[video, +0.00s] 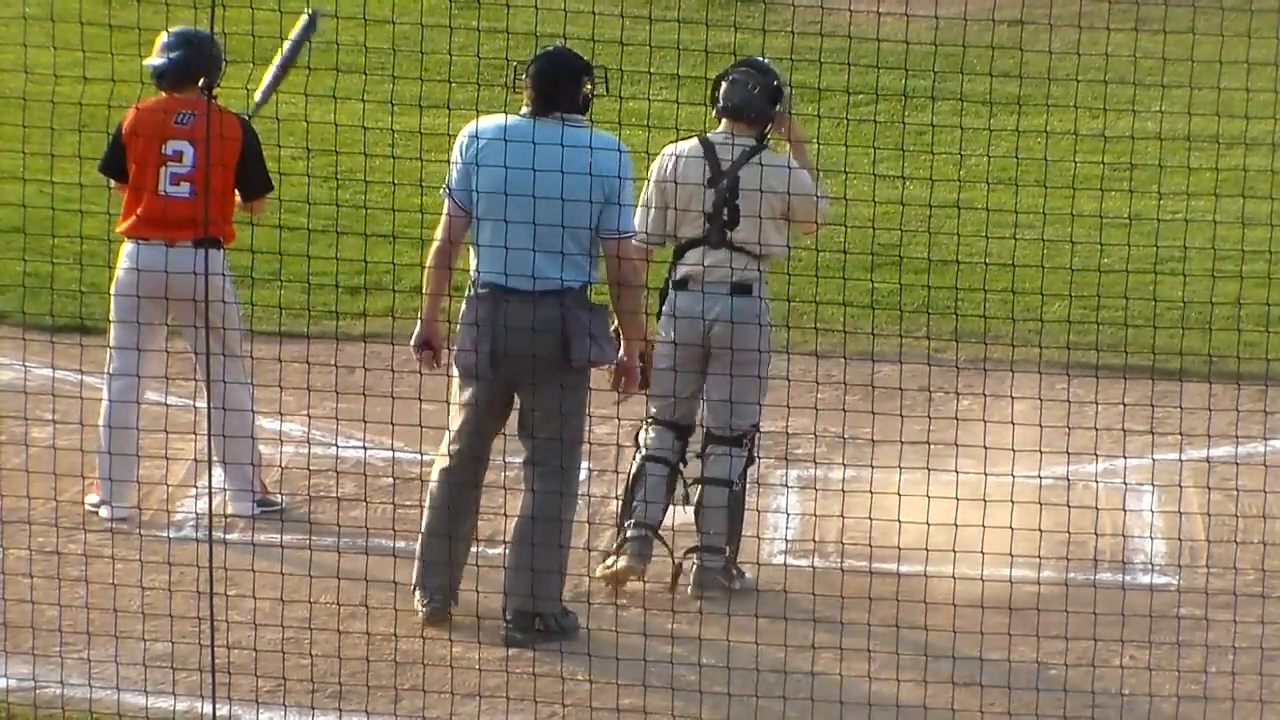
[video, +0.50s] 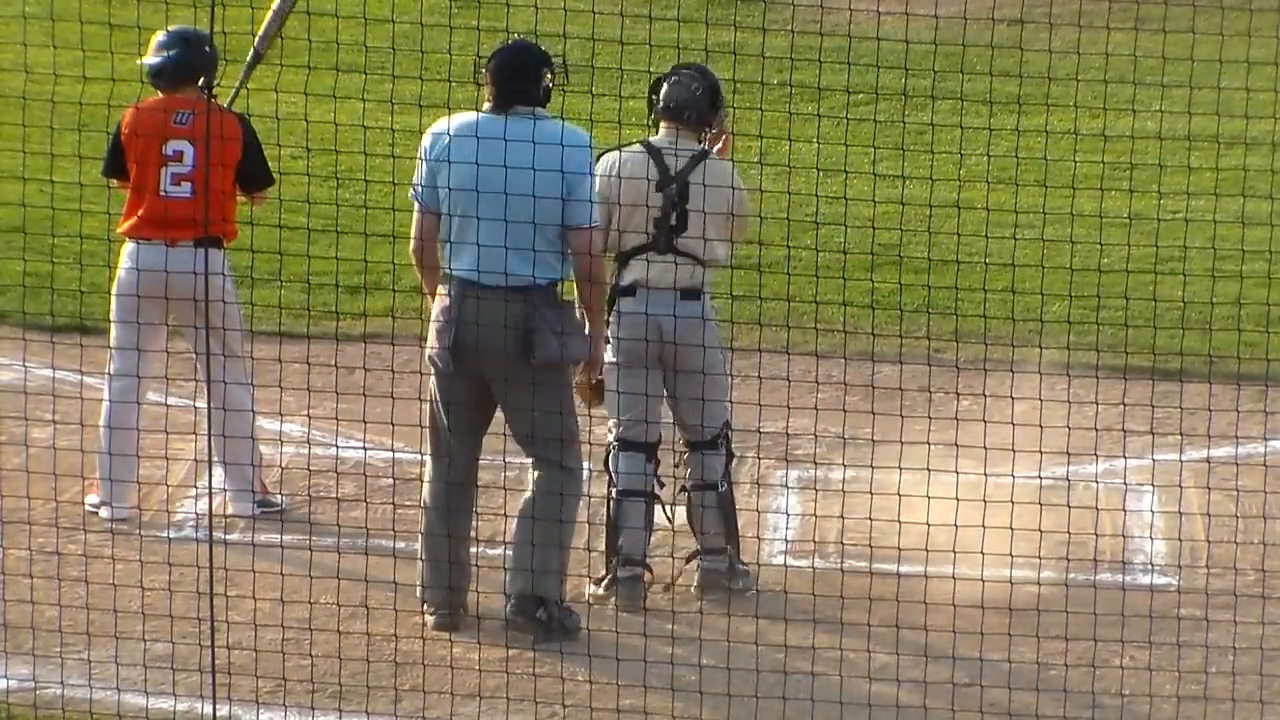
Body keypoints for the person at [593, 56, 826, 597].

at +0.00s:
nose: (775, 116)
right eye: (774, 109)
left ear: (719, 105)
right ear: (771, 114)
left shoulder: (674, 159)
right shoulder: (779, 169)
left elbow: (640, 250)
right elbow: (812, 217)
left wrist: (632, 326)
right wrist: (796, 143)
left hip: (682, 306)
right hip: (744, 311)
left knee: (666, 422)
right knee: (727, 437)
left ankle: (635, 542)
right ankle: (713, 563)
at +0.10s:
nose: (766, 117)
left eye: (762, 110)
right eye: (766, 111)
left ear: (710, 105)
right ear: (761, 115)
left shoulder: (665, 160)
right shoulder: (771, 170)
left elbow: (637, 250)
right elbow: (803, 220)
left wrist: (629, 320)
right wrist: (780, 151)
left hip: (675, 309)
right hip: (737, 312)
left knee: (653, 428)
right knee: (725, 439)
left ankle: (627, 545)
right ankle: (713, 564)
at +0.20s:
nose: (755, 119)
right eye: (755, 112)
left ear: (699, 107)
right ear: (752, 116)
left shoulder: (654, 161)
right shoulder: (761, 173)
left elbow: (631, 255)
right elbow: (783, 230)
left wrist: (621, 329)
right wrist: (763, 157)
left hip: (664, 310)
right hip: (726, 313)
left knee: (647, 434)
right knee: (721, 439)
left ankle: (626, 550)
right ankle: (712, 562)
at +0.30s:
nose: (743, 122)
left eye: (738, 114)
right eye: (743, 114)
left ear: (686, 109)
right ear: (738, 117)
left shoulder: (639, 163)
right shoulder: (746, 173)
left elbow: (623, 250)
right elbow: (755, 241)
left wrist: (608, 325)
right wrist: (743, 163)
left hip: (650, 311)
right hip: (711, 314)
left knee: (641, 434)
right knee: (713, 439)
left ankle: (626, 562)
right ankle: (712, 562)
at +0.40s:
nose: (728, 124)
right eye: (729, 116)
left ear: (670, 111)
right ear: (723, 119)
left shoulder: (626, 164)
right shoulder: (735, 175)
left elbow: (606, 250)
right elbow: (745, 237)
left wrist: (598, 332)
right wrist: (724, 162)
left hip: (638, 315)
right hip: (701, 319)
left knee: (635, 439)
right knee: (708, 440)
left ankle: (627, 568)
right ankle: (714, 564)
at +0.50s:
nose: (718, 125)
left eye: (714, 118)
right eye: (717, 117)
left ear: (656, 112)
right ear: (710, 120)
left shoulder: (615, 165)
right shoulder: (722, 172)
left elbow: (593, 249)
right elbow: (737, 233)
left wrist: (591, 330)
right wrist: (716, 167)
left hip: (629, 315)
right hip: (692, 318)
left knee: (632, 441)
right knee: (708, 440)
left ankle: (627, 567)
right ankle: (716, 563)